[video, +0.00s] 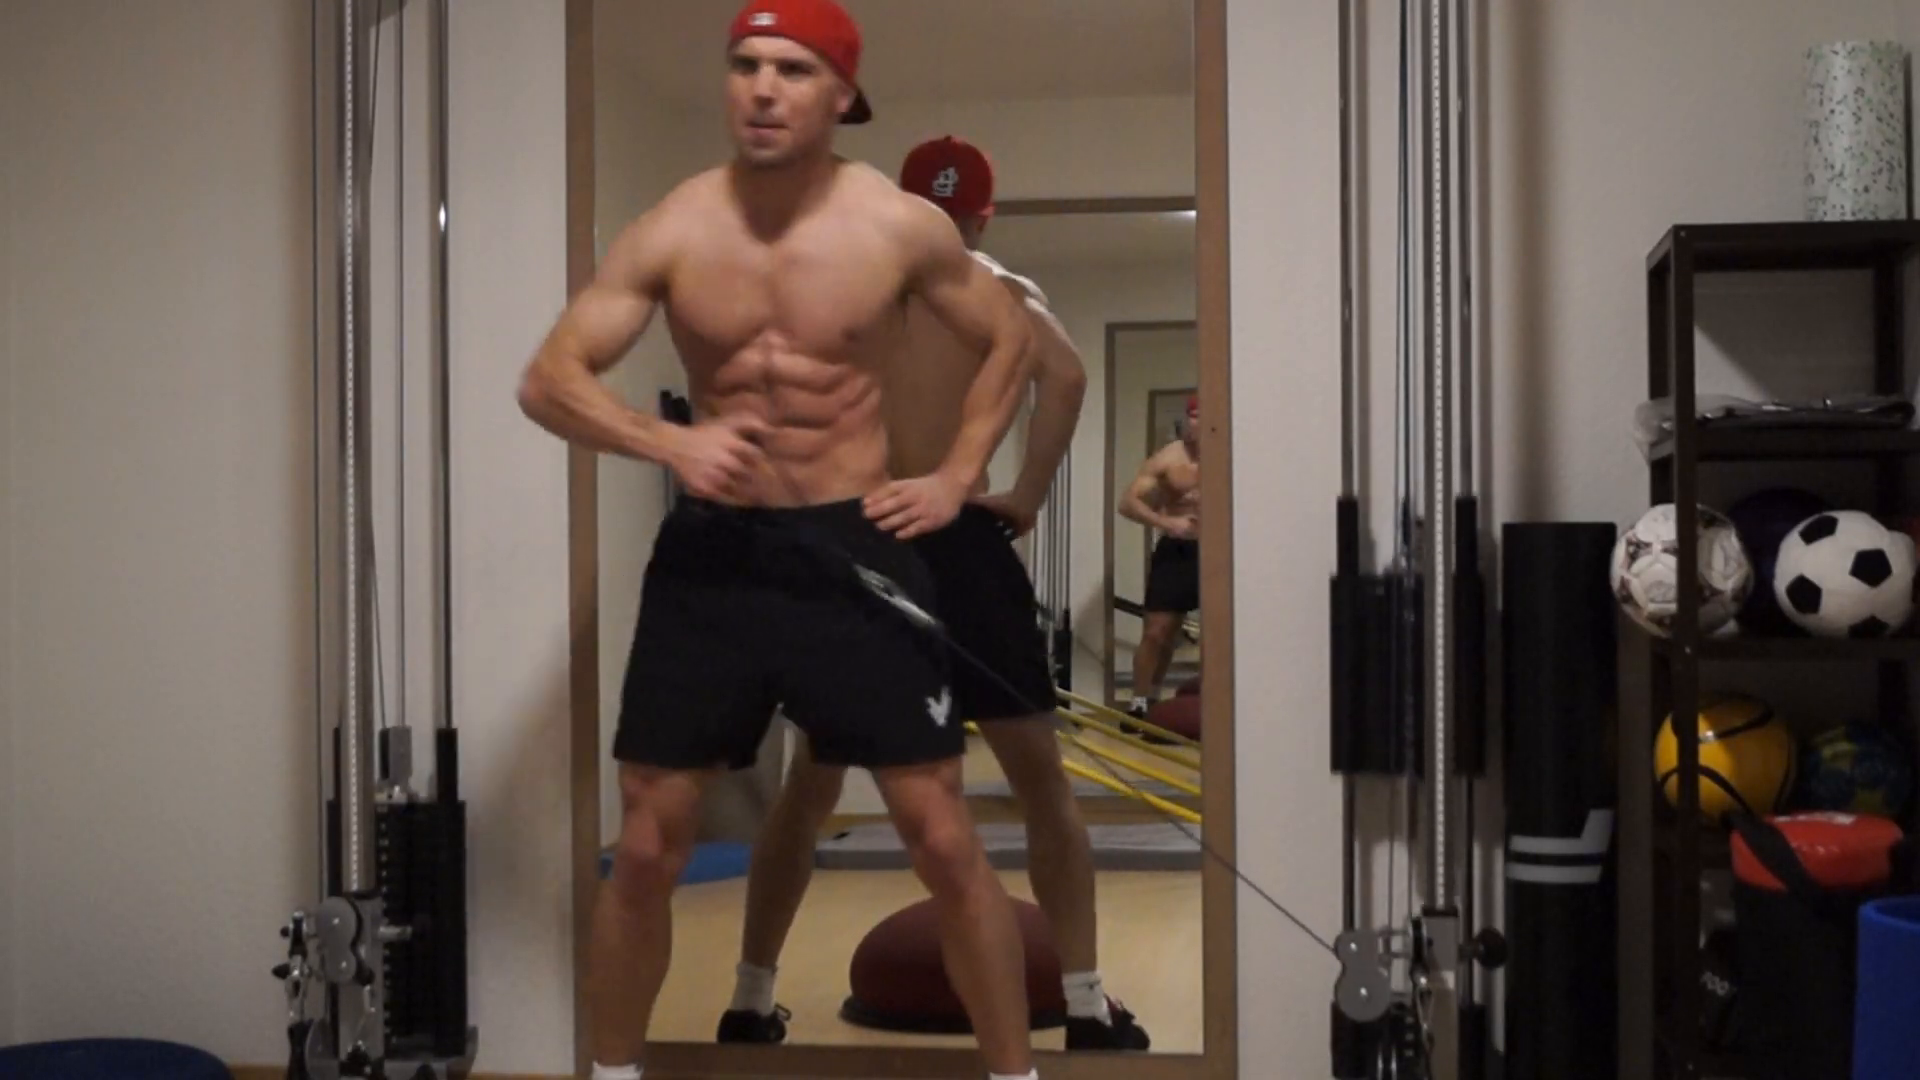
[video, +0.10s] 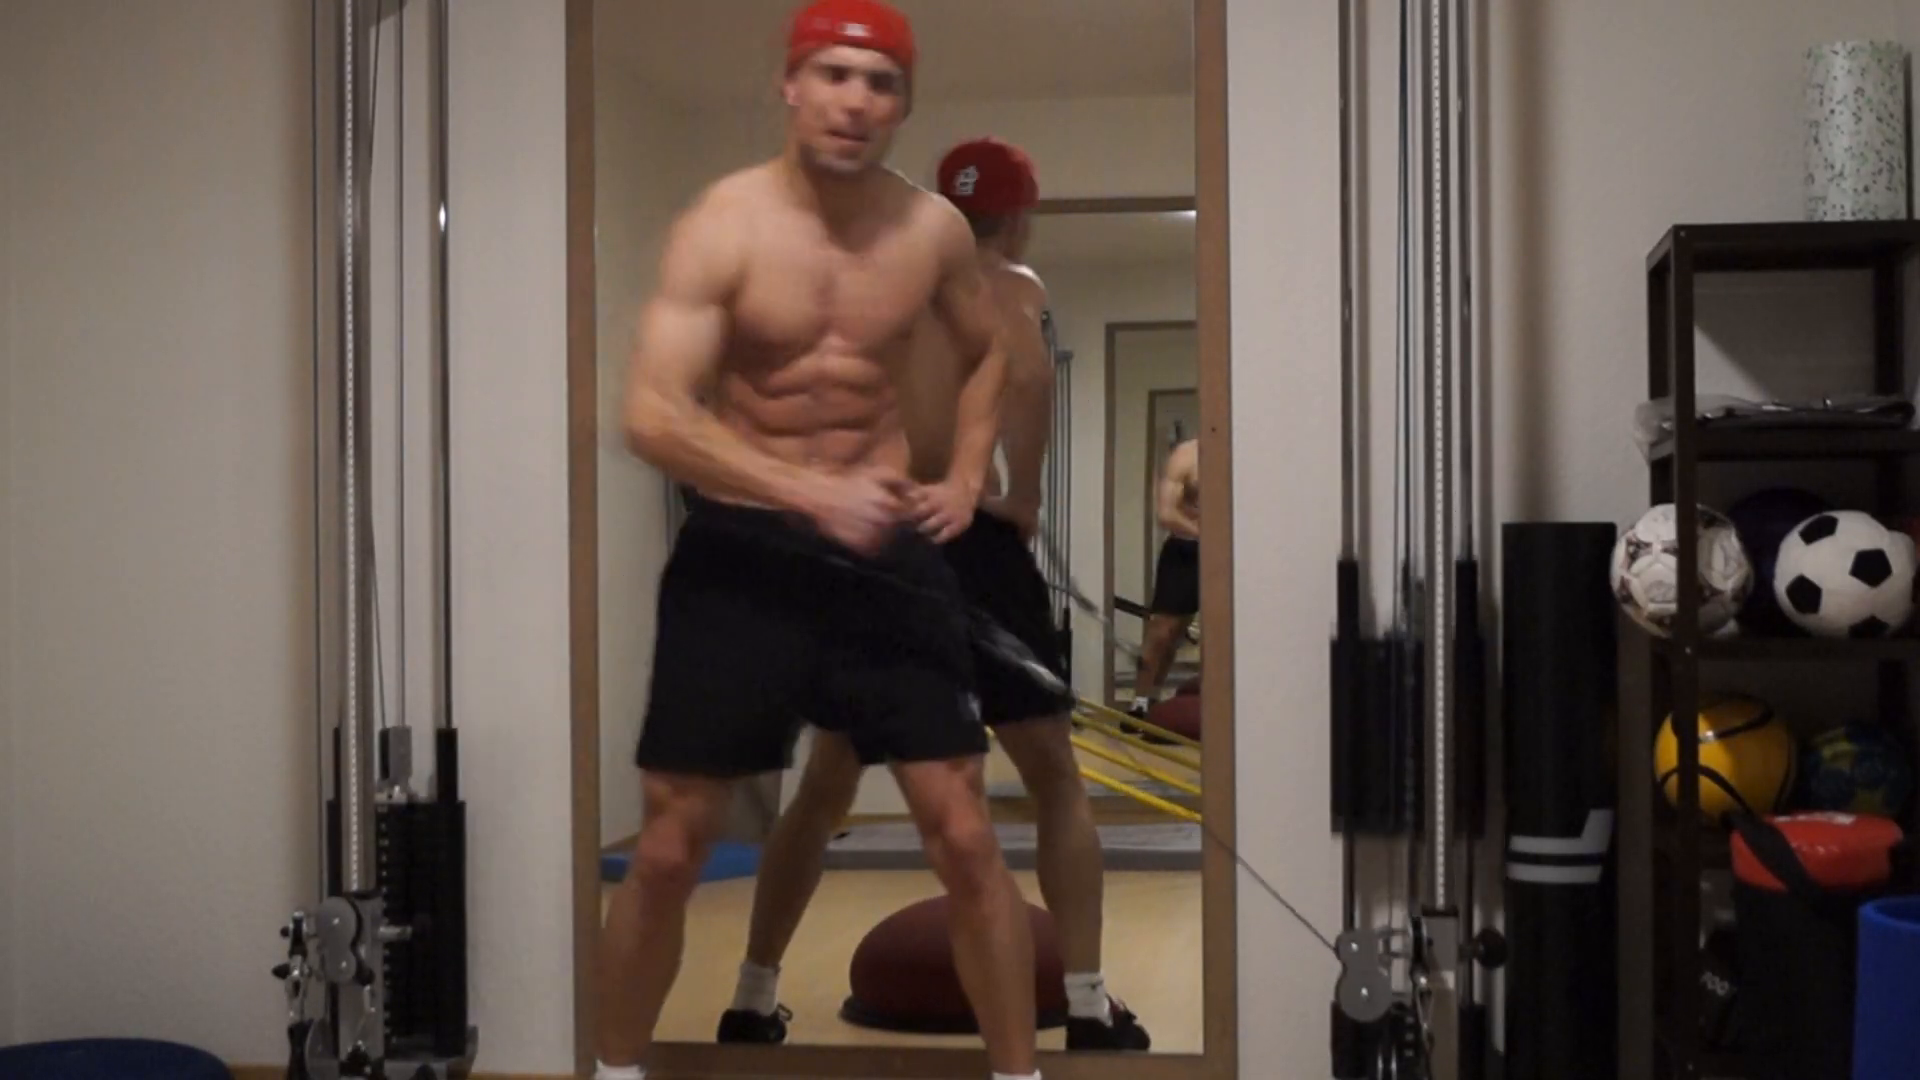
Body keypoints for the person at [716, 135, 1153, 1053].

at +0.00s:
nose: (979, 226)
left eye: (962, 210)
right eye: (981, 213)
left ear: (899, 204)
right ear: (981, 216)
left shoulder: (838, 278)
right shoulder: (999, 291)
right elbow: (1066, 373)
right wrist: (1026, 497)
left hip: (851, 552)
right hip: (967, 548)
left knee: (809, 790)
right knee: (1041, 781)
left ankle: (751, 999)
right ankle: (1084, 1003)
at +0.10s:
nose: (1036, 227)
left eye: (1026, 214)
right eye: (1034, 213)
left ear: (947, 209)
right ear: (1020, 216)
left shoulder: (892, 276)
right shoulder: (1025, 293)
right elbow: (1032, 382)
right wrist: (1023, 500)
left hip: (880, 546)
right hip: (987, 550)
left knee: (821, 795)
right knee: (1056, 783)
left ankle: (753, 996)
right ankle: (1086, 1003)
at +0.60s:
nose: (1075, 299)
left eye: (1081, 283)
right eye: (1074, 279)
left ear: (1032, 263)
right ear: (1033, 258)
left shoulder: (994, 364)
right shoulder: (960, 300)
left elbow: (1042, 508)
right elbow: (913, 468)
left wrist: (1114, 606)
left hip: (891, 586)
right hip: (936, 586)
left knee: (858, 798)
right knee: (1051, 784)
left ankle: (764, 989)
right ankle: (1088, 1004)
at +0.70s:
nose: (1029, 298)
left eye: (1035, 283)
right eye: (1031, 278)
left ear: (970, 245)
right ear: (1004, 252)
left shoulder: (896, 294)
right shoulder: (969, 301)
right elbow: (955, 420)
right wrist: (988, 524)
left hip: (874, 554)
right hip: (953, 561)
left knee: (833, 792)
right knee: (1034, 779)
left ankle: (762, 993)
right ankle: (1083, 1000)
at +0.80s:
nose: (1011, 288)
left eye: (1012, 277)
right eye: (1011, 274)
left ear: (926, 235)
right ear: (993, 253)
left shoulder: (852, 284)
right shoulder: (987, 289)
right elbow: (1016, 374)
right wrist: (1008, 493)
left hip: (837, 544)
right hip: (945, 546)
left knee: (811, 782)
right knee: (1025, 781)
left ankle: (757, 991)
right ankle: (1082, 1000)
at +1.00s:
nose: (950, 278)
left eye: (934, 265)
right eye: (956, 266)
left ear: (865, 242)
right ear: (954, 260)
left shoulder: (811, 298)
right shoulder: (970, 312)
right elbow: (1052, 394)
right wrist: (997, 517)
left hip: (802, 569)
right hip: (921, 561)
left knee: (773, 797)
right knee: (1001, 791)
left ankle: (751, 995)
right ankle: (1078, 1000)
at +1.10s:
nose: (915, 273)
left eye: (913, 257)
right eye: (920, 257)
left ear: (858, 245)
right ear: (946, 260)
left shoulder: (806, 301)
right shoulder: (965, 310)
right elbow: (1051, 395)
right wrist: (1000, 519)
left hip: (798, 566)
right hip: (921, 560)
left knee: (772, 792)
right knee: (1004, 793)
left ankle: (750, 996)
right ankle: (1077, 1000)